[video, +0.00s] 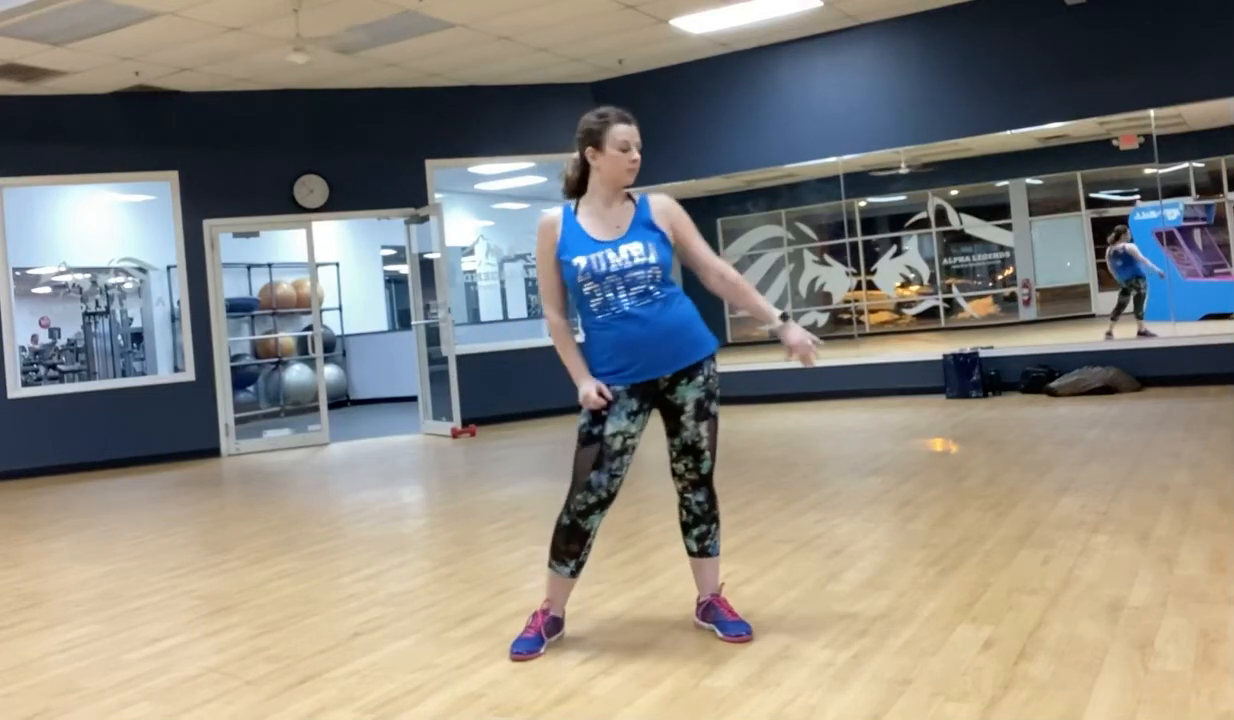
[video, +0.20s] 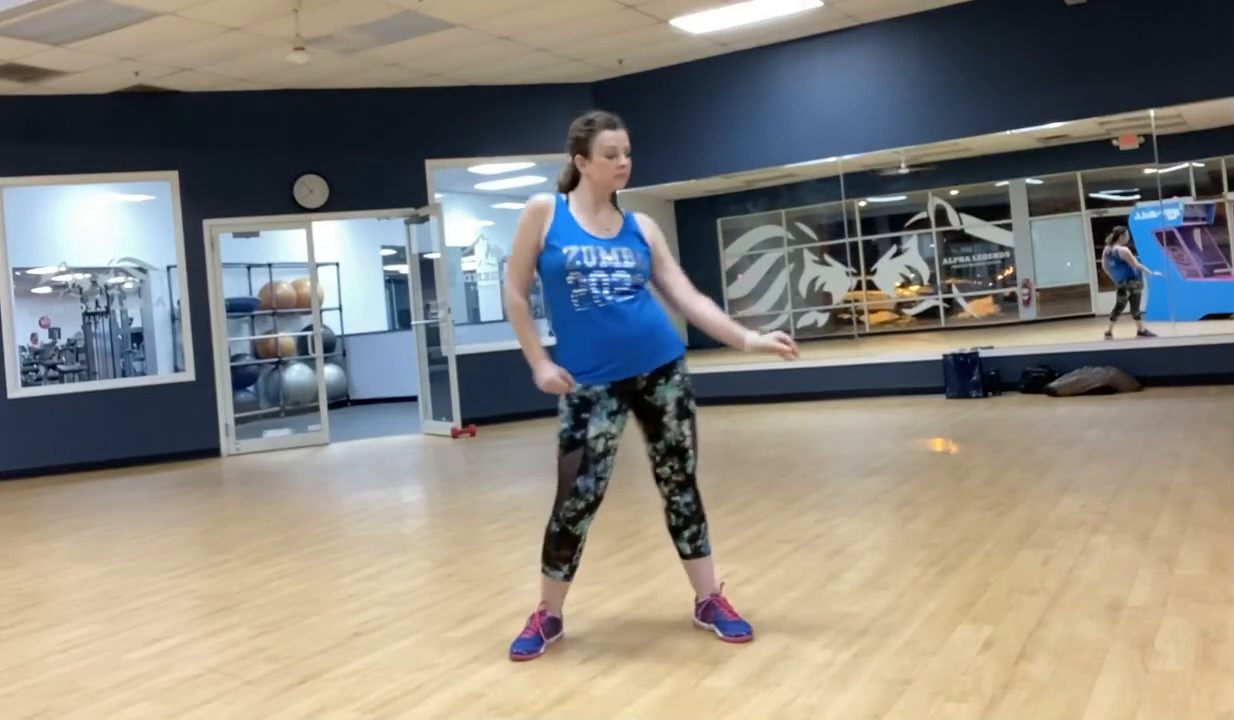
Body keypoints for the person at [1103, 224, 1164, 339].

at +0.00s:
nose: (1129, 236)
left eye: (1129, 233)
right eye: (1128, 234)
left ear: (1117, 236)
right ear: (1123, 235)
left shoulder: (1109, 250)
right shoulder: (1130, 247)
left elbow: (1110, 268)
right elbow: (1143, 260)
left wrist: (1119, 280)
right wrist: (1158, 270)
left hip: (1125, 281)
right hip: (1138, 279)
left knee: (1120, 305)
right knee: (1139, 303)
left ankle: (1110, 330)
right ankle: (1141, 328)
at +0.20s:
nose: (1128, 238)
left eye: (1127, 235)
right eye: (1126, 235)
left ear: (1116, 236)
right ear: (1120, 236)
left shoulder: (1107, 249)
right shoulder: (1124, 250)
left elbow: (1104, 266)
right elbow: (1136, 264)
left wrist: (1113, 277)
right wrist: (1150, 272)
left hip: (1121, 281)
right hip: (1134, 280)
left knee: (1119, 306)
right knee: (1135, 305)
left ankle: (1109, 330)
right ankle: (1141, 328)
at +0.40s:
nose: (1124, 237)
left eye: (1124, 234)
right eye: (1123, 235)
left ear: (1112, 237)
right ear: (1117, 237)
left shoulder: (1105, 249)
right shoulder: (1120, 251)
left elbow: (1099, 261)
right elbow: (1130, 268)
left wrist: (1102, 276)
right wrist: (1146, 273)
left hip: (1115, 282)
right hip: (1126, 281)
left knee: (1116, 304)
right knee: (1133, 304)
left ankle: (1108, 330)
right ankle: (1140, 328)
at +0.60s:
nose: (1121, 236)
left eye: (1120, 234)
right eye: (1120, 234)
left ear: (1109, 237)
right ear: (1117, 237)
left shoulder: (1104, 248)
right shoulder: (1122, 249)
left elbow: (1097, 261)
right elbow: (1127, 266)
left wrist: (1094, 273)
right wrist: (1138, 273)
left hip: (1111, 281)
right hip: (1124, 280)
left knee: (1112, 303)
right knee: (1135, 301)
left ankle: (1107, 330)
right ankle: (1140, 328)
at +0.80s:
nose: (1121, 234)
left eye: (1120, 233)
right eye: (1119, 233)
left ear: (1108, 237)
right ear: (1117, 236)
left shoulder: (1105, 248)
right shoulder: (1126, 247)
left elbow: (1099, 262)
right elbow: (1130, 264)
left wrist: (1095, 275)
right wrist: (1135, 273)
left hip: (1111, 280)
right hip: (1127, 279)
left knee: (1110, 304)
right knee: (1138, 301)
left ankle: (1107, 330)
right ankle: (1141, 328)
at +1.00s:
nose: (1123, 234)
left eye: (1121, 233)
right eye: (1121, 233)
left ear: (1110, 237)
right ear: (1119, 235)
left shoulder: (1107, 249)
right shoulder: (1131, 245)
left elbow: (1105, 266)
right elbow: (1140, 259)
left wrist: (1106, 280)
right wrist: (1143, 272)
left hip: (1115, 279)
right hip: (1132, 278)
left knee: (1111, 304)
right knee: (1140, 301)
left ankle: (1107, 330)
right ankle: (1142, 328)